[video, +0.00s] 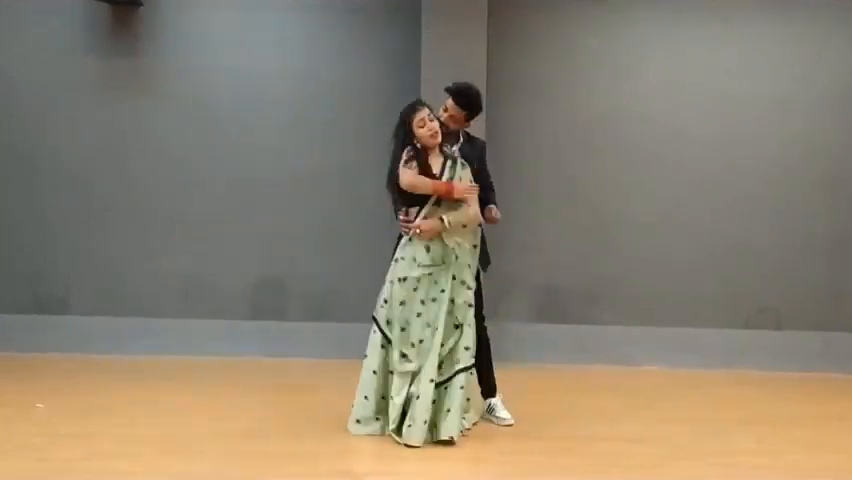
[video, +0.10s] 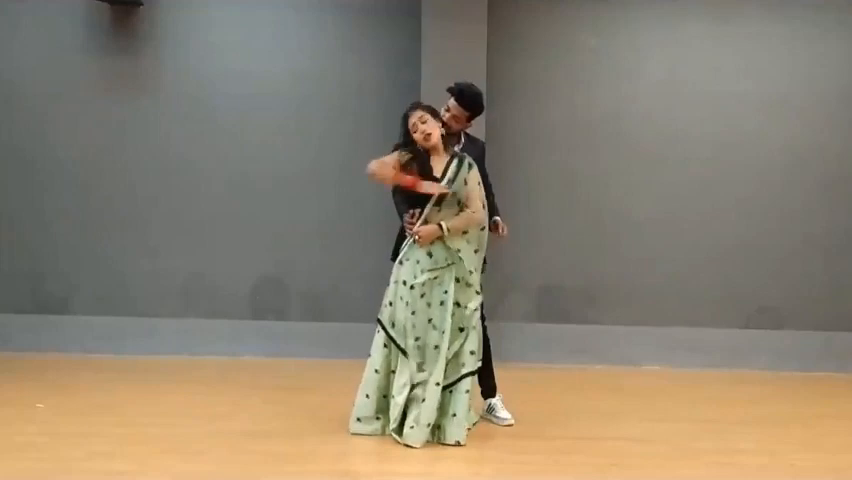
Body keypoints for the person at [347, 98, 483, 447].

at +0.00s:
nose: (430, 127)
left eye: (431, 120)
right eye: (421, 125)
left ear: (440, 122)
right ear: (412, 135)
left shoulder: (459, 166)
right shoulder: (410, 157)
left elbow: (474, 214)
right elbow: (407, 181)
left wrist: (439, 223)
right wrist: (451, 189)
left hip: (452, 266)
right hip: (415, 262)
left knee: (446, 340)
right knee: (406, 336)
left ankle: (441, 417)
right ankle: (403, 415)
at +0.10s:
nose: (423, 130)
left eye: (425, 122)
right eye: (415, 129)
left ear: (440, 122)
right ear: (413, 138)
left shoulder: (465, 167)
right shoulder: (412, 160)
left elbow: (478, 214)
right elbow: (375, 169)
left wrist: (439, 228)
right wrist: (420, 184)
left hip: (451, 267)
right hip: (414, 263)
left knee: (444, 340)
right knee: (407, 336)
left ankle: (439, 418)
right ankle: (402, 415)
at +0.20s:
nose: (409, 132)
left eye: (413, 124)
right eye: (407, 127)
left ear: (434, 122)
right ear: (415, 132)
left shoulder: (465, 162)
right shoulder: (414, 158)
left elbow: (479, 214)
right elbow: (369, 156)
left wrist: (436, 229)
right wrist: (382, 182)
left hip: (452, 267)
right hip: (415, 263)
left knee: (445, 341)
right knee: (405, 337)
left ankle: (436, 419)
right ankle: (399, 415)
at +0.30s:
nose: (404, 131)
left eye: (408, 123)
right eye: (404, 125)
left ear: (426, 121)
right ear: (420, 125)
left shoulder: (461, 158)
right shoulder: (420, 158)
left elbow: (469, 210)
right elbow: (379, 156)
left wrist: (428, 225)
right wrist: (354, 169)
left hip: (449, 266)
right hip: (416, 263)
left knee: (447, 339)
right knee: (407, 337)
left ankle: (441, 418)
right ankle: (401, 414)